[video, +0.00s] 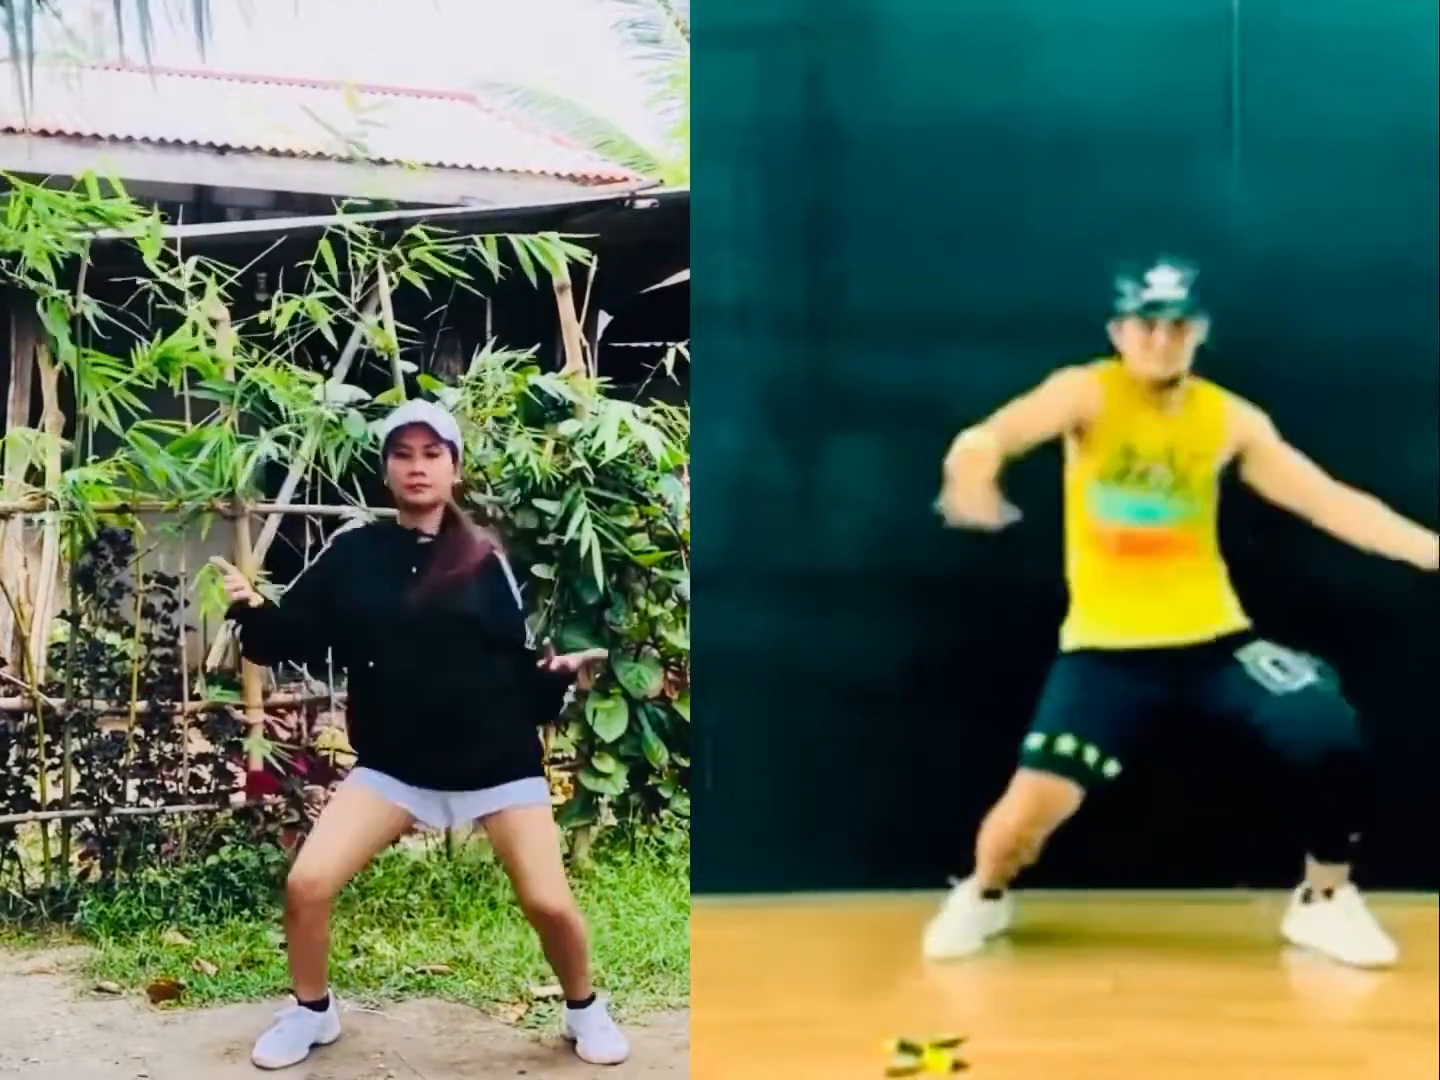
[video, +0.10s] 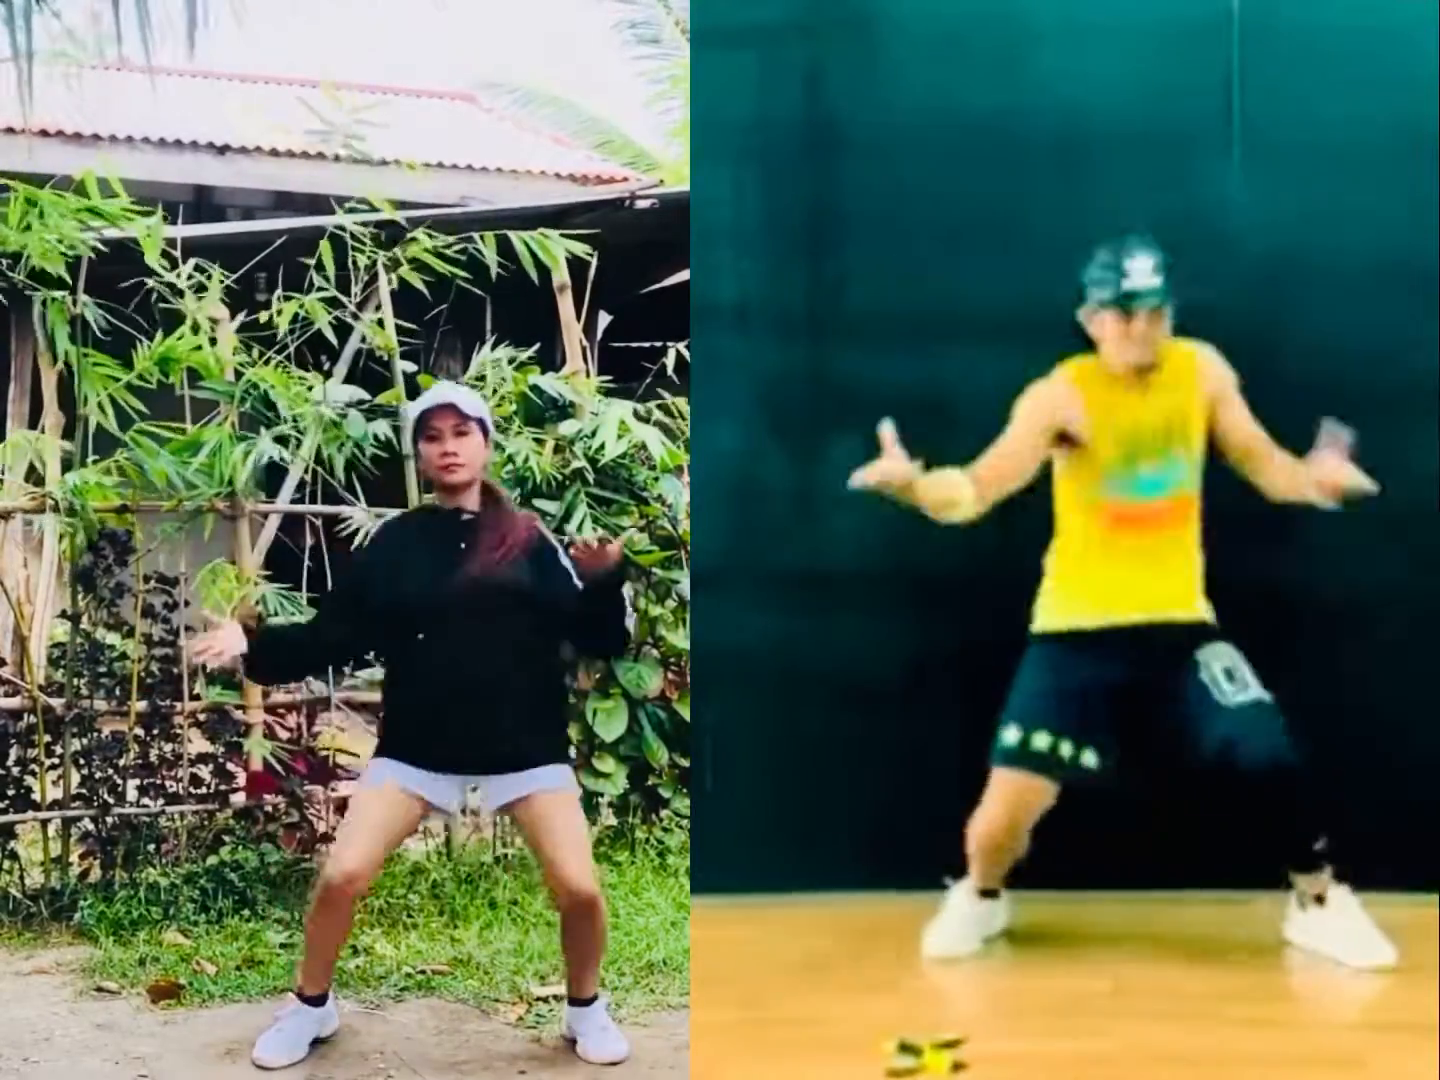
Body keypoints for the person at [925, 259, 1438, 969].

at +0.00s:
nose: (1161, 340)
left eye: (1177, 325)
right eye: (1146, 323)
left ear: (1199, 333)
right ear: (1117, 330)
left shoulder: (1230, 421)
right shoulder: (1083, 393)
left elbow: (1330, 503)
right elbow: (983, 442)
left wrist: (1430, 550)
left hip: (1215, 641)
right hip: (1104, 648)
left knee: (1328, 730)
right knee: (1032, 808)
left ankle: (1325, 900)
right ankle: (981, 898)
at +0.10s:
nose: (1138, 328)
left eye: (1150, 311)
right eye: (1121, 313)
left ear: (1169, 312)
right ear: (1090, 318)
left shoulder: (1200, 370)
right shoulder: (1058, 398)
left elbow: (1266, 467)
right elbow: (973, 493)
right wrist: (910, 481)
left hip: (1180, 624)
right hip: (1074, 629)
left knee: (1269, 753)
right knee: (1001, 817)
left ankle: (1319, 903)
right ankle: (979, 899)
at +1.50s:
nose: (1276, 259)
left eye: (1288, 240)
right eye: (1258, 244)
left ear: (1307, 241)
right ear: (1226, 250)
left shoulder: (1343, 304)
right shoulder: (1191, 327)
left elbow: (1371, 396)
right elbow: (1165, 447)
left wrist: (1390, 393)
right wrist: (1090, 415)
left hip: (1290, 573)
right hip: (1189, 545)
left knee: (1369, 728)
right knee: (1053, 639)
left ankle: (1332, 893)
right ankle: (1035, 771)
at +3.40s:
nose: (1249, 239)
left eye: (1263, 222)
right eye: (1232, 223)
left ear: (1286, 228)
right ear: (1207, 231)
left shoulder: (1318, 310)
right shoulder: (1171, 309)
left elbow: (1363, 412)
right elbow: (1140, 416)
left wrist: (1438, 409)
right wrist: (1123, 384)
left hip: (1300, 564)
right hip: (1186, 561)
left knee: (1366, 716)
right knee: (1083, 718)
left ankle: (1357, 884)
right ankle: (1013, 843)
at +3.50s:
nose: (1219, 274)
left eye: (1235, 258)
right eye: (1204, 258)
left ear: (1257, 265)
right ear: (1175, 265)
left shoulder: (1285, 367)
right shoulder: (1125, 340)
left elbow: (1370, 472)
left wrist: (1437, 469)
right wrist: (1056, 412)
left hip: (1272, 598)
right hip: (1159, 597)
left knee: (1363, 722)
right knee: (1081, 753)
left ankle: (1357, 886)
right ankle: (1019, 882)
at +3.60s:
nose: (1179, 321)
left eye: (1195, 303)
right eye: (1163, 303)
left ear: (1220, 310)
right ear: (1140, 310)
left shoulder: (1252, 381)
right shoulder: (1108, 381)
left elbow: (1329, 457)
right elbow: (1002, 433)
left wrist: (1415, 494)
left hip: (1238, 619)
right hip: (1128, 616)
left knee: (1320, 740)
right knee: (1048, 779)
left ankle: (1351, 895)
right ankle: (1015, 887)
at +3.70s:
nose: (1158, 292)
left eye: (1173, 275)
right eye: (1143, 275)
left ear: (1197, 281)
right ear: (1117, 282)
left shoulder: (1230, 343)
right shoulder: (1081, 359)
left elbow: (1306, 440)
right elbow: (986, 442)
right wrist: (906, 414)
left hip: (1209, 596)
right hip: (1100, 595)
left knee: (1284, 749)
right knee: (1032, 775)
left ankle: (1351, 896)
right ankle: (1013, 889)